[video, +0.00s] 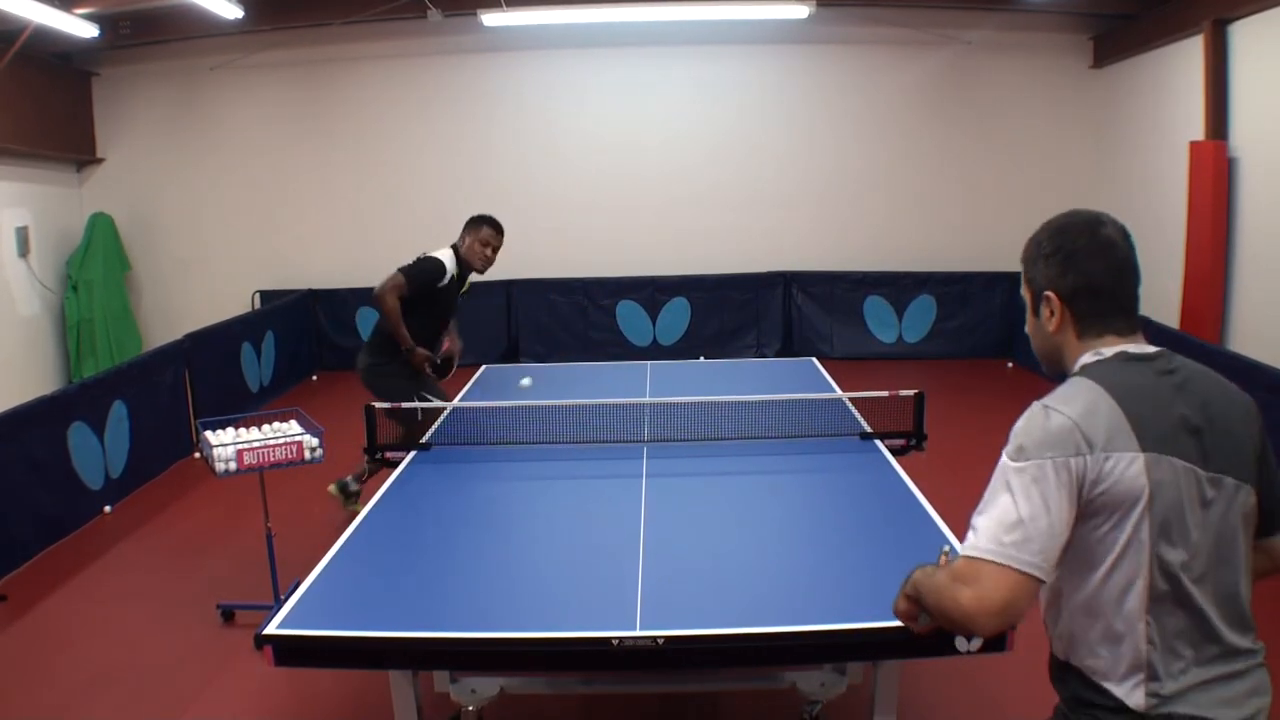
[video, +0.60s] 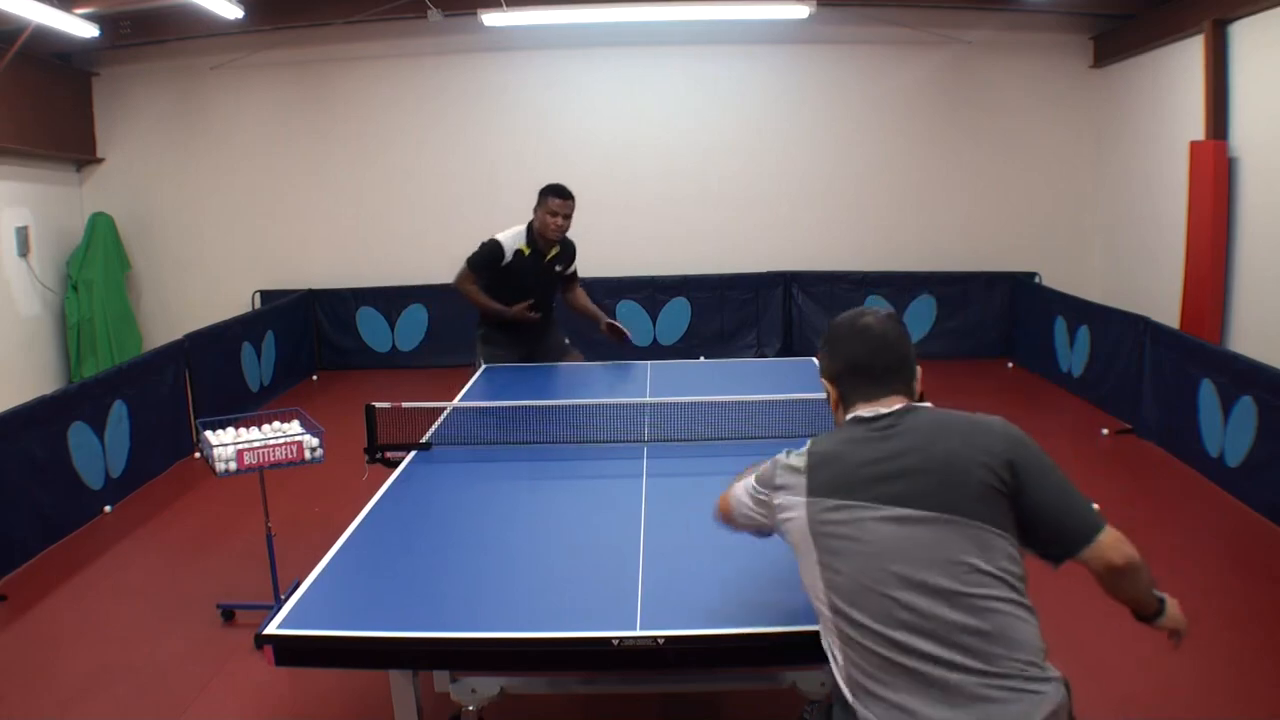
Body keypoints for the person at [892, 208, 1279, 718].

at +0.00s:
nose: (1028, 328)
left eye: (1028, 309)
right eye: (1027, 310)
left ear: (1053, 311)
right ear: (1127, 297)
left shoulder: (1064, 421)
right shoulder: (1232, 403)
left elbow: (983, 605)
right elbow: (1266, 551)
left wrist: (924, 578)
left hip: (1119, 702)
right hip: (1243, 696)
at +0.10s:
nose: (1022, 336)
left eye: (1023, 318)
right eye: (1022, 318)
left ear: (1050, 322)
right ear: (1119, 305)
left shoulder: (1066, 430)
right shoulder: (1213, 401)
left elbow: (957, 594)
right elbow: (1259, 540)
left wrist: (906, 572)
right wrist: (1155, 560)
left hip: (1113, 705)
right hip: (1231, 698)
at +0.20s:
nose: (993, 339)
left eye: (992, 321)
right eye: (991, 321)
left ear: (1018, 322)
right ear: (1086, 306)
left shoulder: (1038, 419)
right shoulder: (1182, 397)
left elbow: (904, 565)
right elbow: (1232, 522)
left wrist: (879, 569)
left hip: (1092, 697)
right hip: (1205, 694)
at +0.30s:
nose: (942, 345)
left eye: (941, 330)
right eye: (939, 330)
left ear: (962, 327)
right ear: (1037, 312)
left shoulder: (978, 414)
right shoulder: (1136, 395)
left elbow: (826, 535)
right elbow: (1202, 507)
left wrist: (849, 575)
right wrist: (1116, 551)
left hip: (1047, 693)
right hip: (1163, 685)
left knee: (960, 702)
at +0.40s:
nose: (885, 372)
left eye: (884, 356)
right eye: (884, 356)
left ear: (901, 355)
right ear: (978, 346)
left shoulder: (892, 440)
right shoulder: (1076, 417)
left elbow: (737, 529)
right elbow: (1177, 526)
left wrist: (797, 553)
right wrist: (1163, 563)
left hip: (971, 702)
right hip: (1100, 695)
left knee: (891, 696)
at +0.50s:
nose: (840, 391)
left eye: (838, 382)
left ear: (845, 385)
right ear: (935, 374)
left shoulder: (821, 471)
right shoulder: (1027, 442)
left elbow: (686, 532)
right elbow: (1144, 545)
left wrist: (764, 511)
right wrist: (1174, 590)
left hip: (910, 706)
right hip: (1045, 703)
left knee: (830, 687)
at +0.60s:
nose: (823, 391)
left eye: (823, 383)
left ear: (830, 394)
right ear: (919, 380)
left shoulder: (797, 472)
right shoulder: (992, 440)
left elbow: (728, 509)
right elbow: (1116, 558)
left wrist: (791, 486)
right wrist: (1152, 607)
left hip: (883, 712)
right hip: (1024, 706)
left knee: (821, 693)